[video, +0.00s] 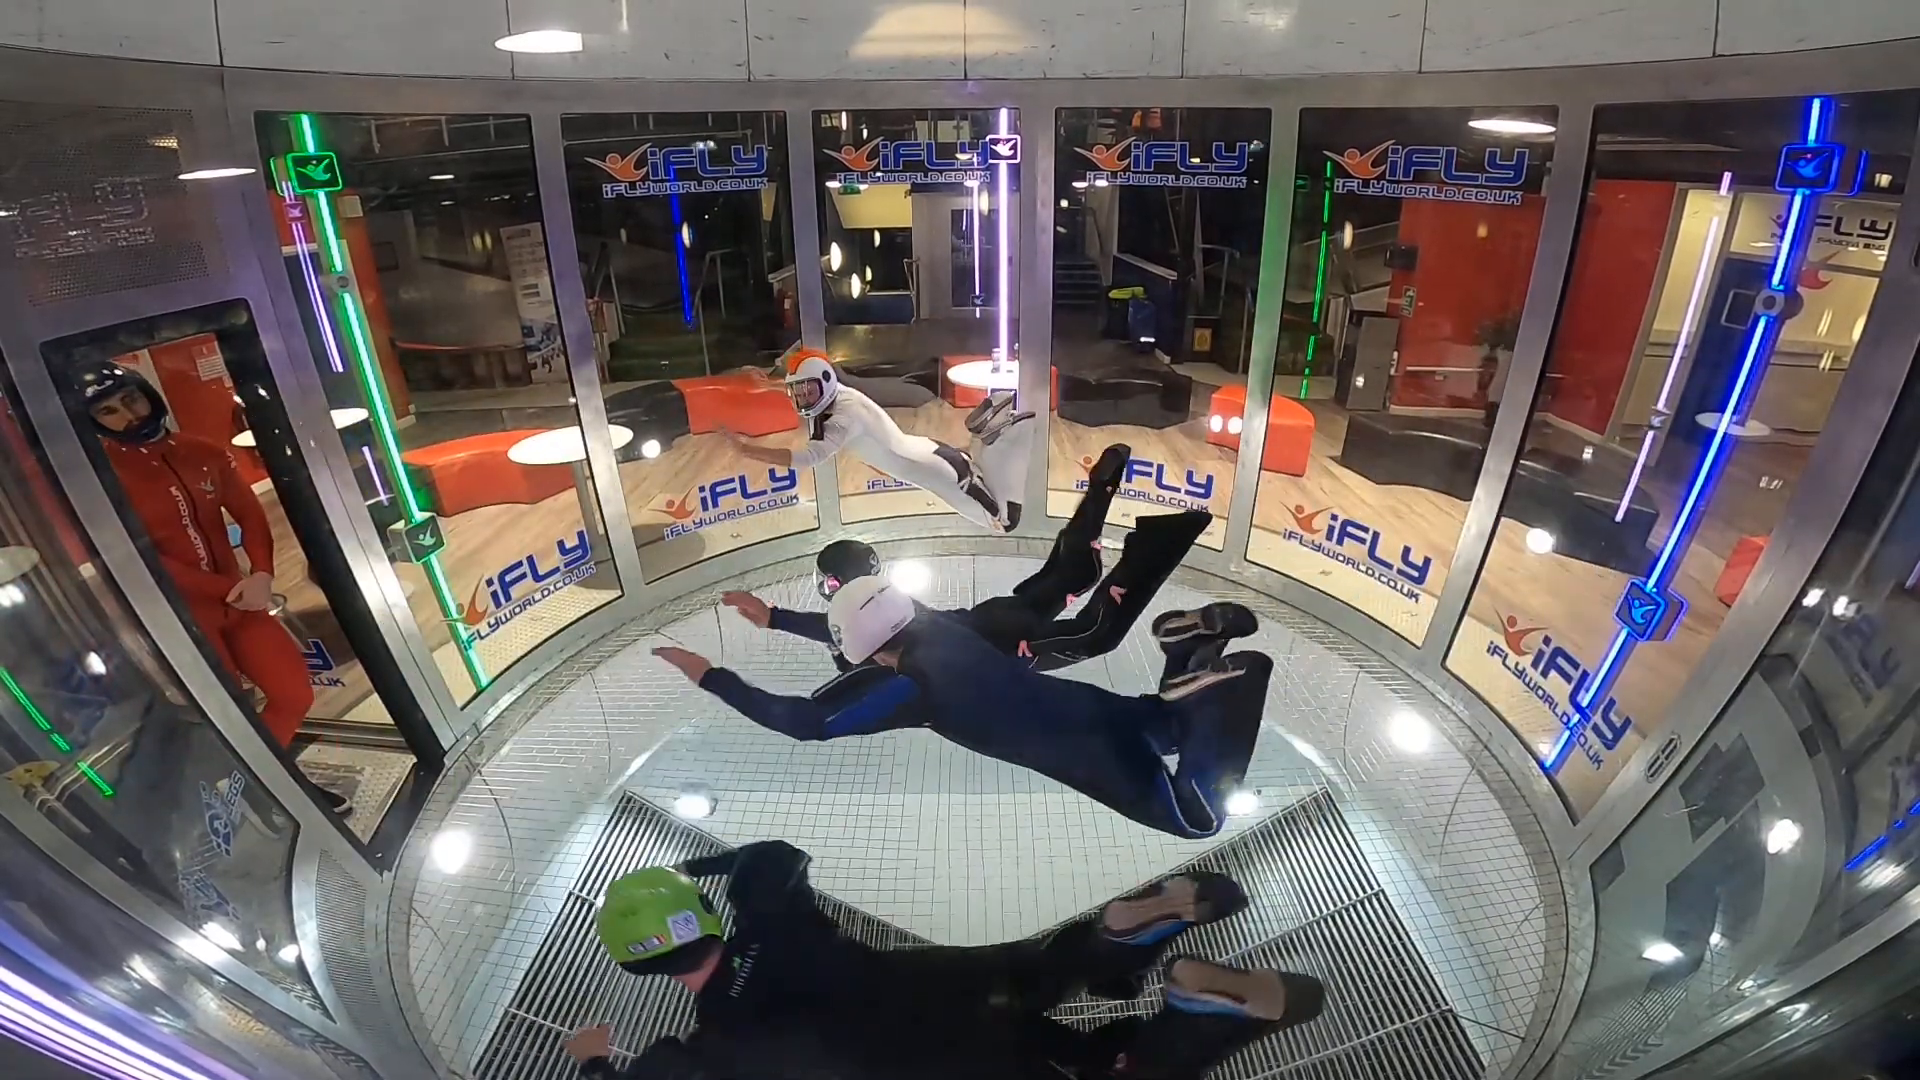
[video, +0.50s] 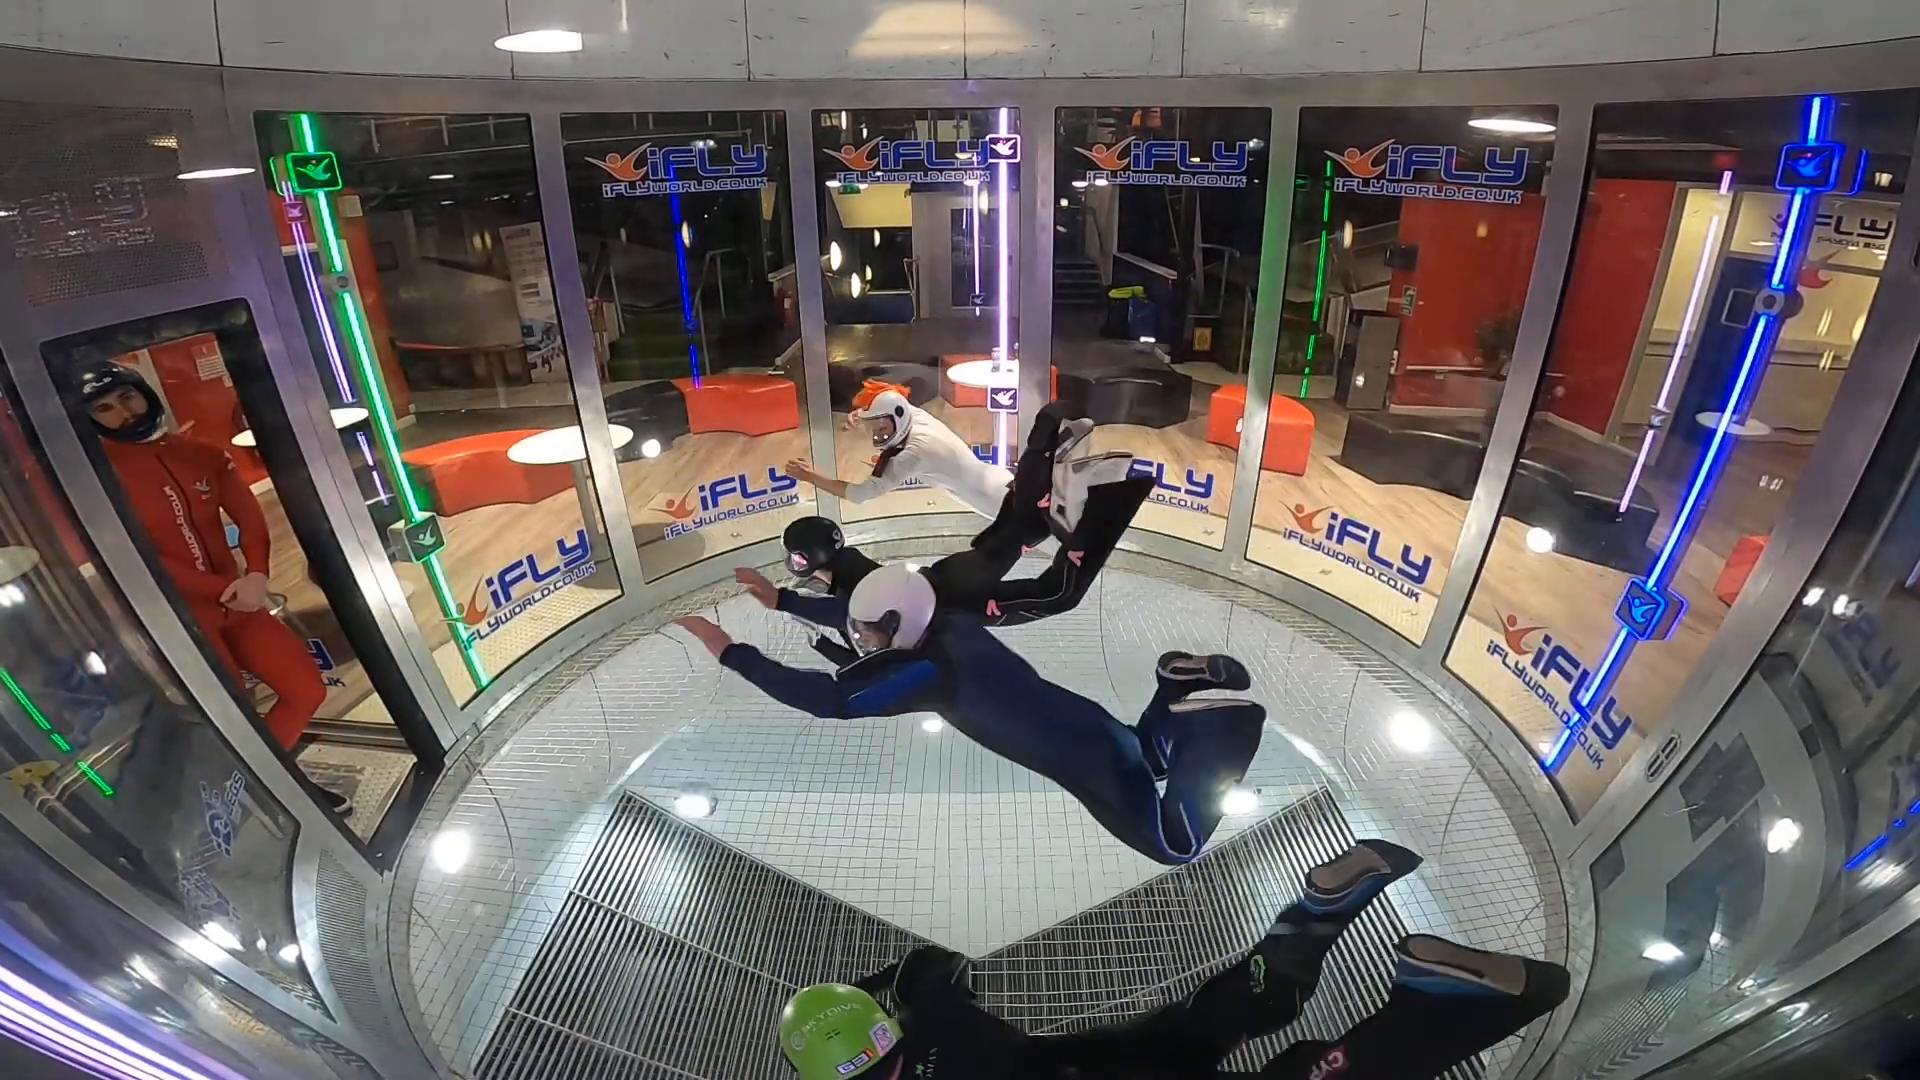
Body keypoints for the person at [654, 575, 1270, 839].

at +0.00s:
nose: (857, 652)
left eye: (860, 643)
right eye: (857, 642)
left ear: (880, 638)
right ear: (893, 613)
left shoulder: (916, 680)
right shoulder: (926, 625)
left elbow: (806, 720)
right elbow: (845, 630)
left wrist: (712, 677)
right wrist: (771, 617)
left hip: (1084, 749)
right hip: (1089, 709)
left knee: (1196, 814)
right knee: (1175, 760)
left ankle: (1202, 689)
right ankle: (1195, 670)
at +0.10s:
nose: (842, 654)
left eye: (847, 645)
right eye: (841, 641)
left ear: (865, 636)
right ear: (876, 614)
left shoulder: (897, 678)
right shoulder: (905, 626)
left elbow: (786, 708)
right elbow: (822, 616)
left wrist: (685, 667)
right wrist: (749, 602)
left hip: (1061, 749)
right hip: (1062, 719)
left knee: (1171, 821)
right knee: (1144, 781)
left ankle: (1206, 706)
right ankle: (1159, 681)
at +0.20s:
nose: (831, 647)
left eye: (838, 641)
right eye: (833, 637)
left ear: (857, 638)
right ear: (867, 616)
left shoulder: (887, 672)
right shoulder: (895, 621)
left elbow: (781, 697)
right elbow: (813, 616)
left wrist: (683, 655)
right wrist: (741, 594)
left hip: (1052, 752)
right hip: (1052, 723)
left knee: (1156, 832)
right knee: (1138, 809)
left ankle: (1178, 706)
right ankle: (1154, 698)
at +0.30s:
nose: (834, 639)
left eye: (839, 633)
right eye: (835, 630)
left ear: (861, 637)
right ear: (874, 612)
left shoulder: (892, 672)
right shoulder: (899, 620)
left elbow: (791, 698)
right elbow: (813, 617)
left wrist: (701, 640)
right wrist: (741, 597)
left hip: (1058, 762)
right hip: (1055, 725)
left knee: (1150, 843)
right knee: (1120, 781)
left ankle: (1200, 717)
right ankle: (1156, 701)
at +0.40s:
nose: (837, 640)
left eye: (844, 631)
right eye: (836, 629)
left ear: (873, 633)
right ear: (881, 614)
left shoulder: (907, 669)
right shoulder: (911, 624)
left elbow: (806, 698)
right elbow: (828, 621)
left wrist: (715, 644)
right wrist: (756, 602)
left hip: (1067, 761)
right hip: (1062, 729)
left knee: (1157, 845)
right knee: (1133, 810)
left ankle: (1199, 717)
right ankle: (1160, 696)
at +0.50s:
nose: (859, 638)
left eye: (867, 631)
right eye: (860, 629)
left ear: (899, 631)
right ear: (899, 617)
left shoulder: (934, 668)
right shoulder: (937, 621)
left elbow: (832, 698)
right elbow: (848, 616)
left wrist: (734, 655)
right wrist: (781, 602)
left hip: (1090, 759)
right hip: (1089, 725)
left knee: (1180, 845)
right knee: (1154, 809)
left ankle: (1194, 714)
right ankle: (1175, 690)